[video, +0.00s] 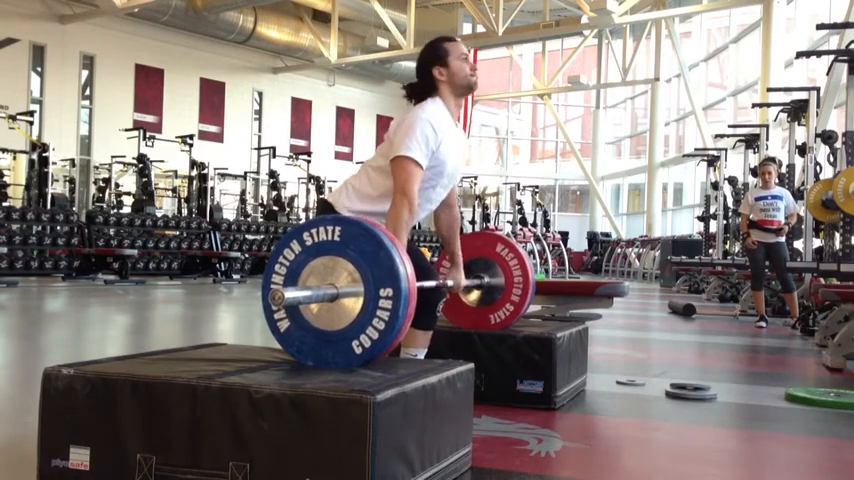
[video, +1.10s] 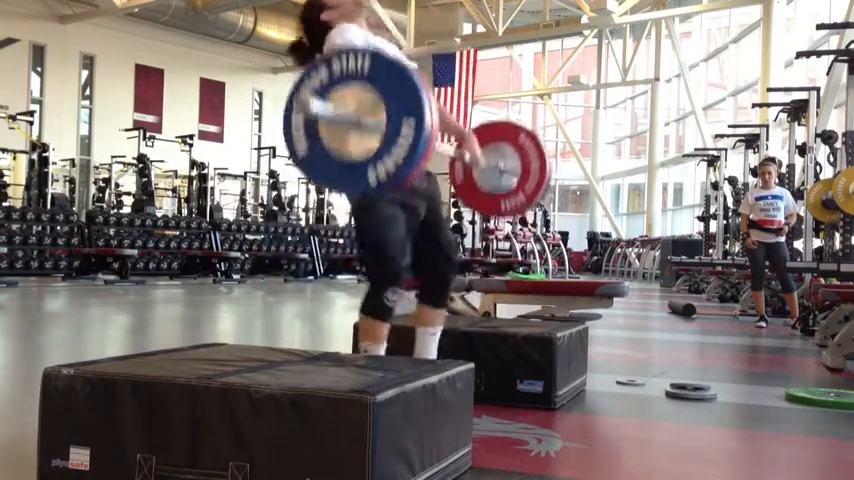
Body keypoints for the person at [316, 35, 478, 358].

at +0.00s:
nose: (473, 64)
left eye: (471, 58)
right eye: (464, 59)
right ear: (440, 72)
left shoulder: (452, 131)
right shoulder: (424, 117)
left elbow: (446, 204)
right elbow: (404, 198)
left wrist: (455, 263)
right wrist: (391, 265)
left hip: (381, 225)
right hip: (345, 217)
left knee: (429, 287)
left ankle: (408, 384)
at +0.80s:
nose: (466, 13)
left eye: (461, 7)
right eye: (455, 8)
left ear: (443, 27)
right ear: (436, 26)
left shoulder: (457, 79)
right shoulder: (429, 64)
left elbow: (450, 154)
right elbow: (406, 139)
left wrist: (454, 212)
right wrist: (392, 209)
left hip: (413, 205)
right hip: (385, 202)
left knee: (434, 285)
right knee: (402, 285)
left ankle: (412, 383)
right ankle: (374, 385)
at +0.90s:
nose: (410, 2)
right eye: (398, 1)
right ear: (378, 18)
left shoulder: (419, 62)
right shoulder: (391, 52)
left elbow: (433, 140)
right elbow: (389, 127)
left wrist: (455, 196)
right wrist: (404, 196)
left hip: (442, 201)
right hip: (412, 199)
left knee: (454, 291)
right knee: (409, 295)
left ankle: (417, 374)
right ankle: (376, 380)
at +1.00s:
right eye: (337, 1)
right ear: (334, 20)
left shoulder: (389, 52)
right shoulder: (354, 44)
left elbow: (420, 115)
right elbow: (368, 105)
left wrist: (457, 158)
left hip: (426, 183)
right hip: (390, 182)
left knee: (426, 278)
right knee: (387, 280)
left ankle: (415, 373)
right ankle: (371, 377)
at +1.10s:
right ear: (327, 14)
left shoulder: (383, 43)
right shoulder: (343, 38)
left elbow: (420, 97)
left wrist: (462, 132)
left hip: (419, 181)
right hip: (378, 185)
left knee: (441, 268)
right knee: (387, 277)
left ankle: (423, 372)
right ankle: (369, 378)